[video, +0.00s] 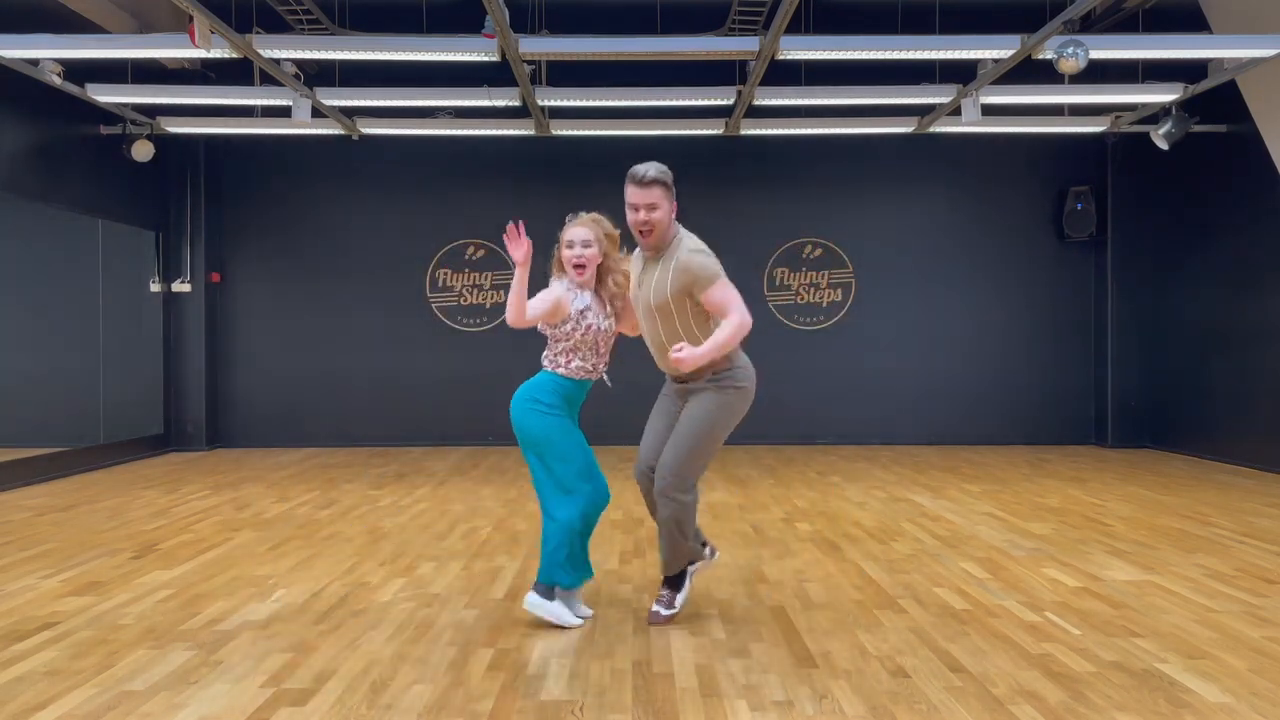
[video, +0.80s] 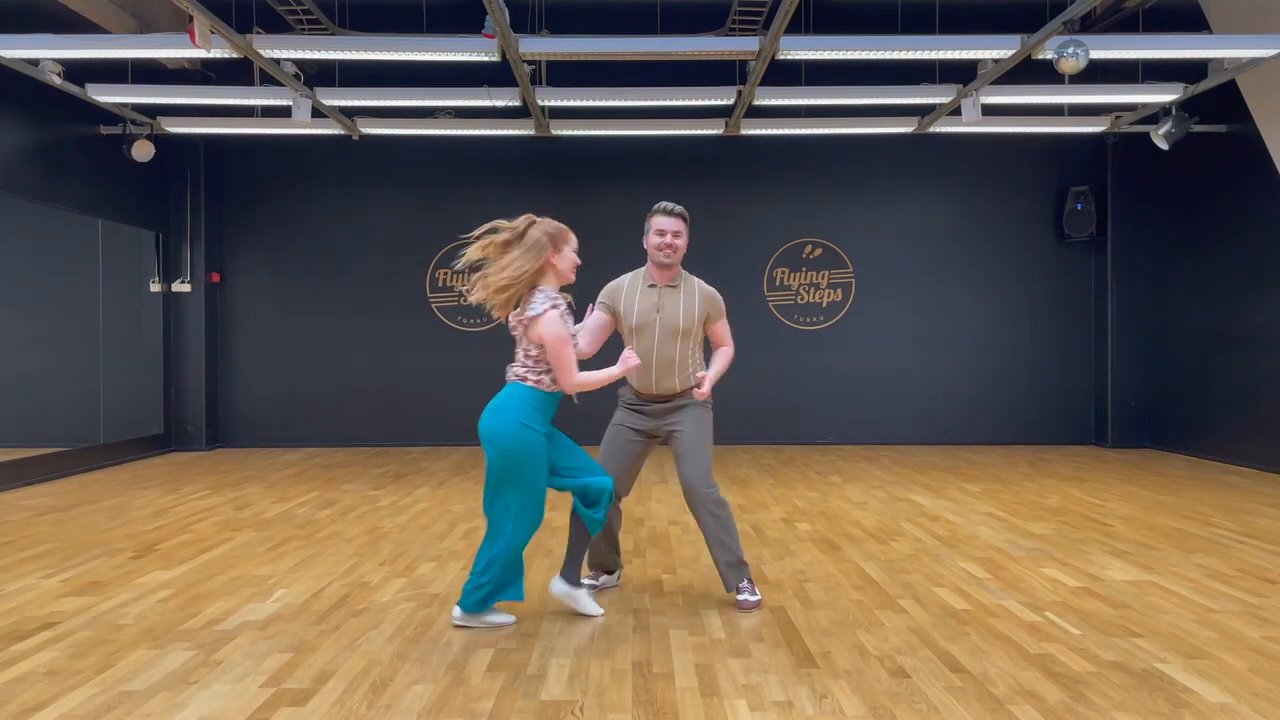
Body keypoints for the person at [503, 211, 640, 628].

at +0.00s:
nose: (579, 253)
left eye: (587, 245)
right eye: (570, 245)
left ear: (603, 253)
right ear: (561, 254)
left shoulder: (607, 300)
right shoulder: (559, 296)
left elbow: (634, 326)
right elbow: (517, 317)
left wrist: (672, 304)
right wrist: (522, 267)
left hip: (562, 406)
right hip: (541, 404)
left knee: (582, 493)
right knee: (589, 490)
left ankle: (564, 588)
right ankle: (546, 590)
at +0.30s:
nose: (542, 236)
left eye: (551, 229)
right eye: (534, 229)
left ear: (567, 235)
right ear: (523, 235)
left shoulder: (569, 283)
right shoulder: (517, 280)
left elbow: (595, 328)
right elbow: (489, 344)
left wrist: (641, 302)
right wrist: (490, 319)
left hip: (535, 392)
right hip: (504, 391)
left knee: (570, 474)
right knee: (561, 472)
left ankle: (541, 574)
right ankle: (535, 577)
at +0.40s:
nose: (534, 239)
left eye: (543, 232)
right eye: (524, 232)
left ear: (557, 238)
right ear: (511, 238)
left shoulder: (554, 288)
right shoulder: (507, 281)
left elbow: (568, 334)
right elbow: (498, 307)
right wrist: (499, 337)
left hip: (525, 393)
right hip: (488, 396)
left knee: (531, 480)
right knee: (561, 449)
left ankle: (513, 560)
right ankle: (531, 536)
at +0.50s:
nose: (528, 250)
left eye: (537, 243)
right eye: (519, 243)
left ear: (547, 251)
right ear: (503, 250)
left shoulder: (545, 298)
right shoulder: (498, 299)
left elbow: (563, 347)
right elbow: (503, 352)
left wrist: (578, 336)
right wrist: (520, 369)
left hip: (525, 410)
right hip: (486, 413)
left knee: (518, 495)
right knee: (546, 475)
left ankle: (501, 578)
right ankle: (520, 574)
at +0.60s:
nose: (541, 243)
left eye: (546, 237)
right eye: (531, 236)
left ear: (551, 246)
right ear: (509, 244)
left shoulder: (538, 292)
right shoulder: (505, 297)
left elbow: (552, 335)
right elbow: (522, 360)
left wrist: (598, 323)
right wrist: (564, 366)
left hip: (520, 403)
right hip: (482, 407)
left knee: (550, 491)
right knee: (540, 491)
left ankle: (504, 560)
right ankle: (506, 571)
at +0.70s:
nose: (559, 249)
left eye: (560, 242)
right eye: (551, 241)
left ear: (540, 249)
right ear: (525, 246)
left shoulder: (539, 295)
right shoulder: (519, 298)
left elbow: (548, 344)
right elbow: (541, 369)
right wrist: (597, 369)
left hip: (520, 410)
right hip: (489, 412)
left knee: (581, 469)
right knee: (536, 496)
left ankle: (542, 551)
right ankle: (484, 587)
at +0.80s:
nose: (578, 260)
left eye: (577, 253)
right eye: (573, 253)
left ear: (548, 258)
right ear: (550, 257)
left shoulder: (544, 300)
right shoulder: (548, 312)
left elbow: (581, 347)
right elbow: (570, 383)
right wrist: (618, 371)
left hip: (529, 420)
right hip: (515, 422)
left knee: (597, 485)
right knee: (517, 516)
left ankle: (570, 580)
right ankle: (472, 606)